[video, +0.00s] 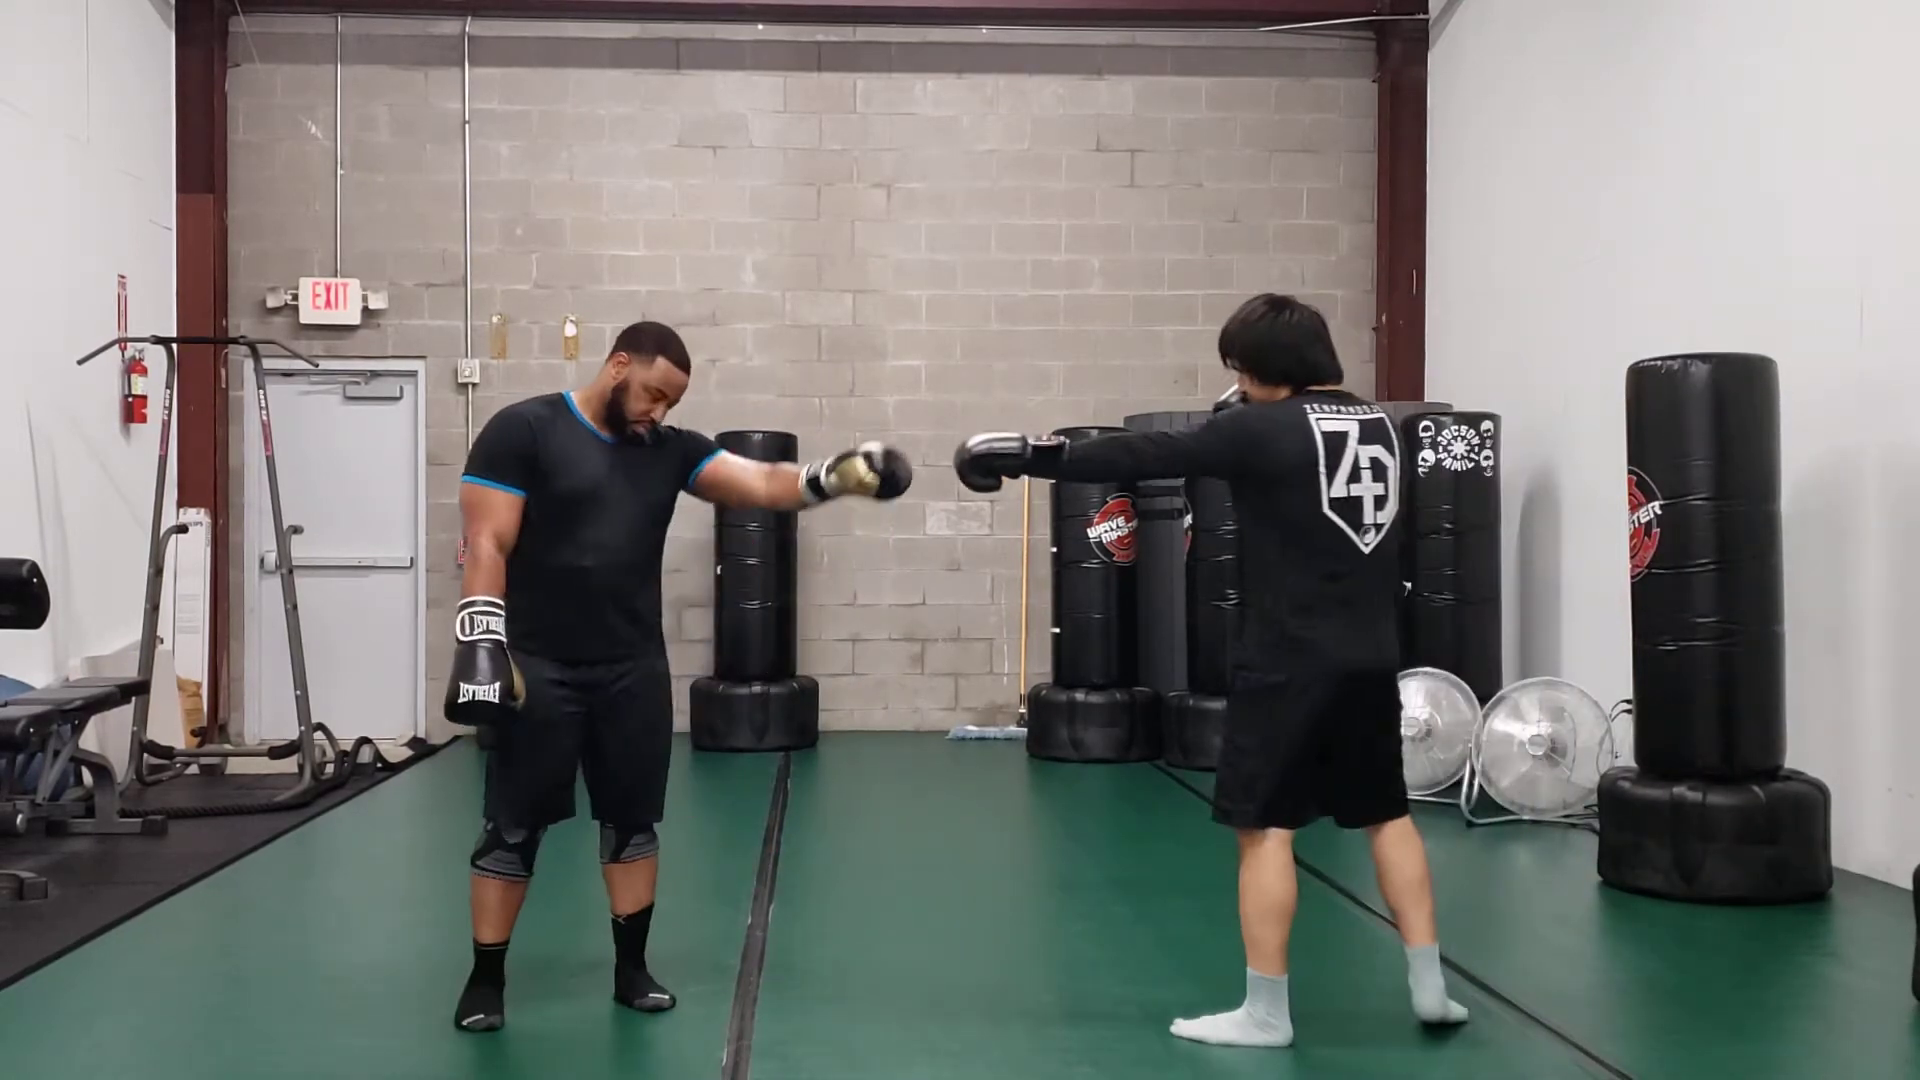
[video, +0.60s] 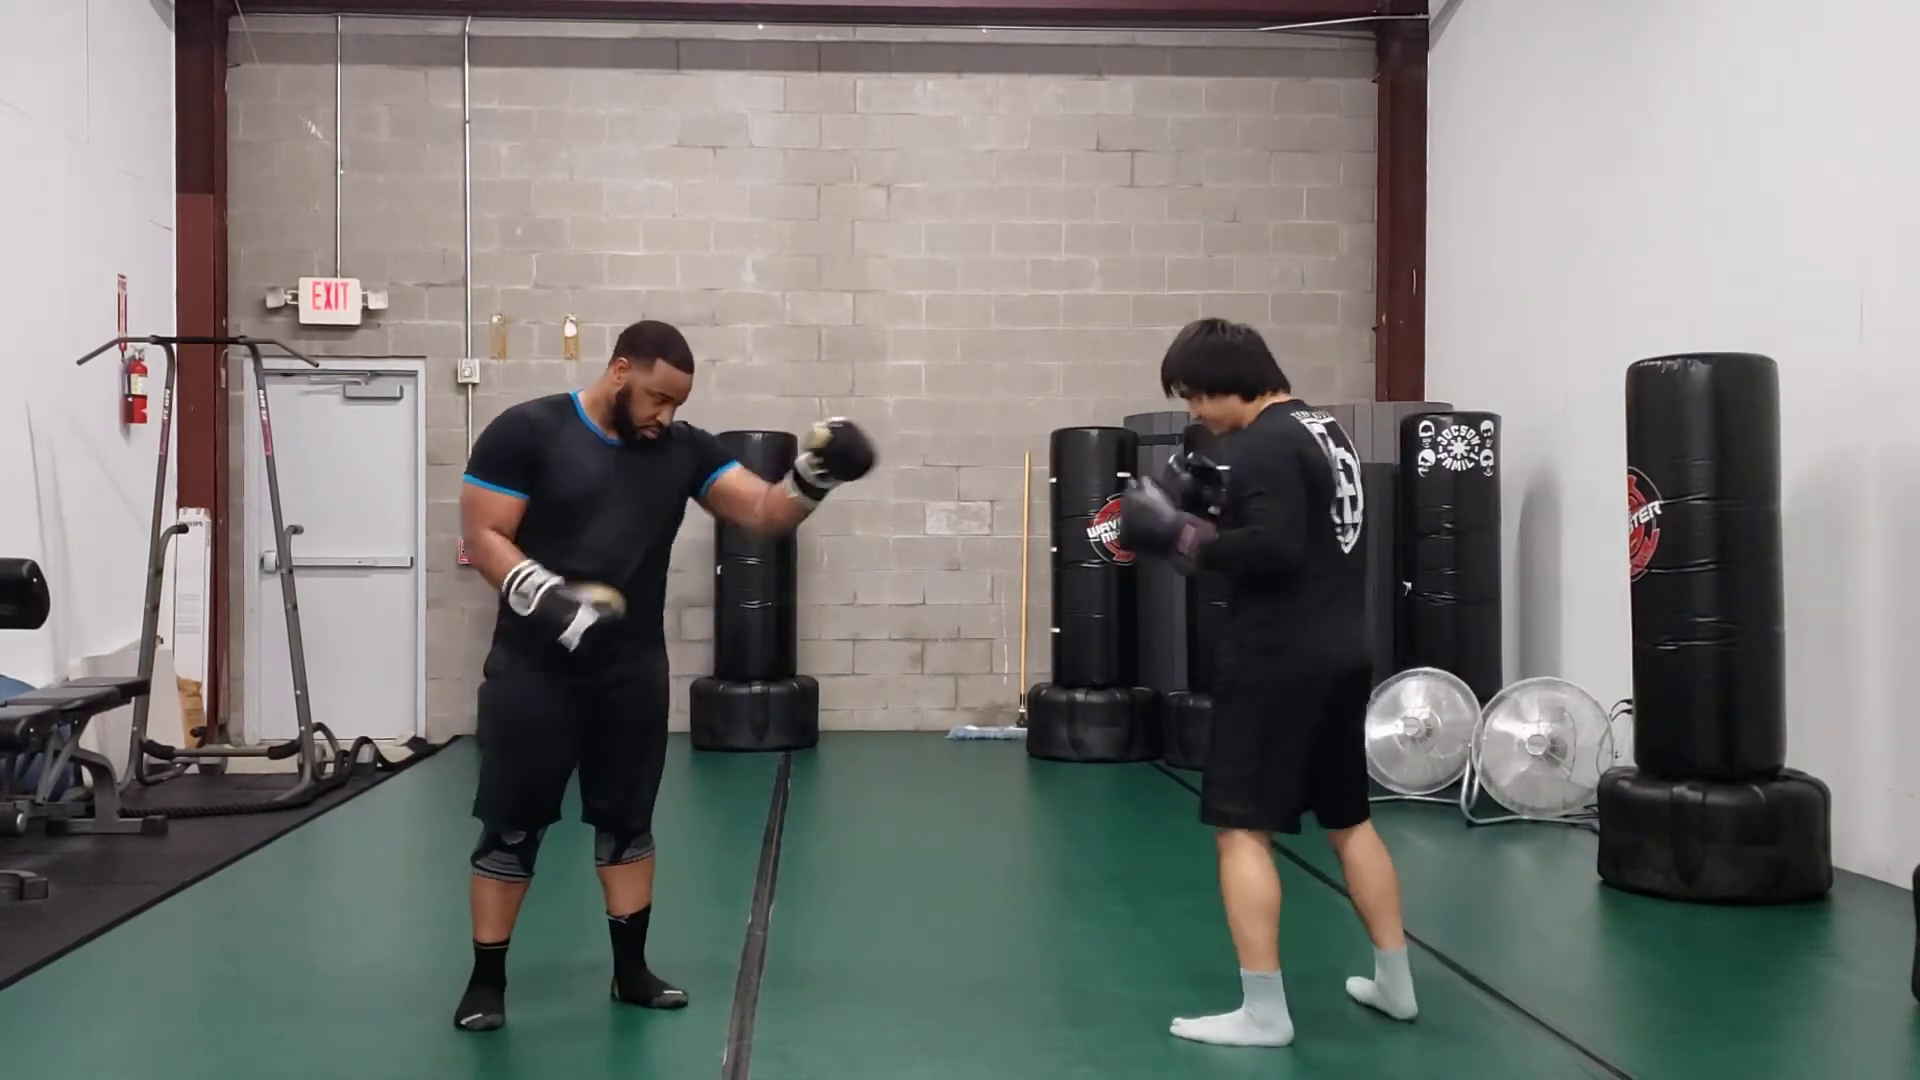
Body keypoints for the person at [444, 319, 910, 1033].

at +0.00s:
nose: (660, 414)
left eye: (671, 402)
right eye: (657, 395)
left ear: (670, 393)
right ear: (619, 365)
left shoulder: (666, 449)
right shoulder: (522, 432)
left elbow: (763, 481)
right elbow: (484, 543)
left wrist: (831, 478)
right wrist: (482, 639)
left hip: (633, 671)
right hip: (536, 670)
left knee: (634, 824)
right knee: (511, 831)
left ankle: (632, 968)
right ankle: (485, 980)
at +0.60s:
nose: (666, 417)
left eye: (676, 404)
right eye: (659, 398)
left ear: (683, 394)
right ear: (619, 369)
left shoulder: (682, 449)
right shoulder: (525, 433)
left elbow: (765, 511)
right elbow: (481, 539)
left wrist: (812, 475)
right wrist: (544, 594)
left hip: (631, 674)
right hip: (534, 673)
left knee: (627, 823)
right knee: (509, 830)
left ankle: (632, 971)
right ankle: (486, 981)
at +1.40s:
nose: (681, 433)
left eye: (687, 424)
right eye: (683, 416)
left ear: (655, 386)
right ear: (657, 383)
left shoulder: (632, 446)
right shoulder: (584, 423)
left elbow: (708, 534)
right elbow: (675, 521)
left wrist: (733, 448)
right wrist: (722, 436)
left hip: (627, 662)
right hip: (554, 664)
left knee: (673, 804)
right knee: (539, 834)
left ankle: (630, 953)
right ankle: (503, 1006)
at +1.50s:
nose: (683, 438)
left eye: (690, 428)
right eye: (685, 420)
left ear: (658, 385)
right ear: (661, 384)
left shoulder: (630, 443)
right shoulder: (591, 423)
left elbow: (704, 538)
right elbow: (682, 526)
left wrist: (733, 455)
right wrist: (730, 439)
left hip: (630, 663)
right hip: (559, 668)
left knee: (683, 800)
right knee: (542, 835)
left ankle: (656, 962)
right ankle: (504, 1006)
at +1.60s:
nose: (695, 445)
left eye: (703, 436)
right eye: (700, 427)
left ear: (671, 390)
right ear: (677, 389)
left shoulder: (640, 442)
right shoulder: (613, 426)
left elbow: (720, 538)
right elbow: (709, 530)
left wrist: (748, 450)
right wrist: (748, 442)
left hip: (632, 666)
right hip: (566, 669)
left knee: (671, 817)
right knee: (565, 839)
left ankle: (674, 975)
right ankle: (508, 1000)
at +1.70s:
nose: (721, 473)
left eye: (727, 464)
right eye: (725, 454)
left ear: (701, 424)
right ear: (703, 417)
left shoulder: (671, 465)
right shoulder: (632, 437)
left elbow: (756, 541)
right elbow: (723, 537)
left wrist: (788, 455)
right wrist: (767, 442)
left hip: (620, 667)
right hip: (551, 663)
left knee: (661, 822)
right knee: (579, 834)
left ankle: (671, 977)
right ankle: (507, 992)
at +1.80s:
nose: (717, 485)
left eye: (725, 473)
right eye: (721, 466)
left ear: (699, 432)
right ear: (700, 428)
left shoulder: (663, 471)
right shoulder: (627, 446)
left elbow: (752, 540)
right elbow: (710, 548)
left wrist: (780, 455)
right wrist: (764, 457)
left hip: (609, 667)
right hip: (538, 663)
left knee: (655, 818)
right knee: (551, 833)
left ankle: (670, 978)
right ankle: (456, 1010)